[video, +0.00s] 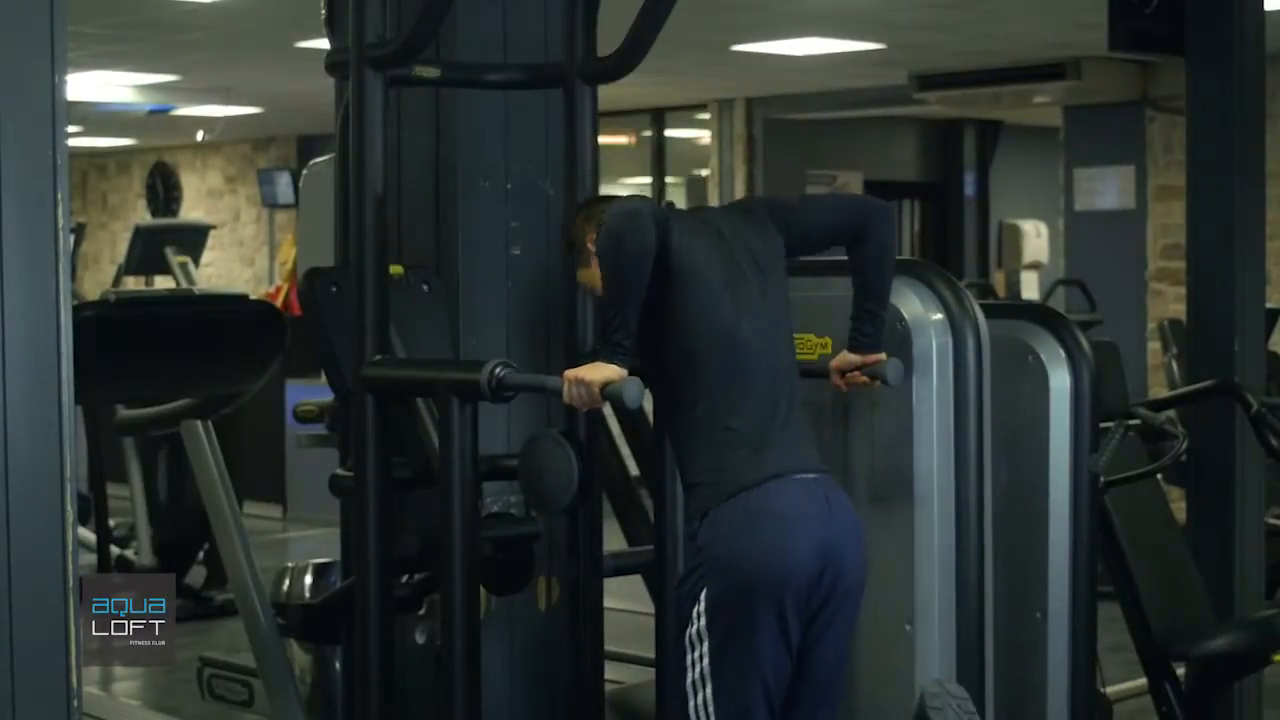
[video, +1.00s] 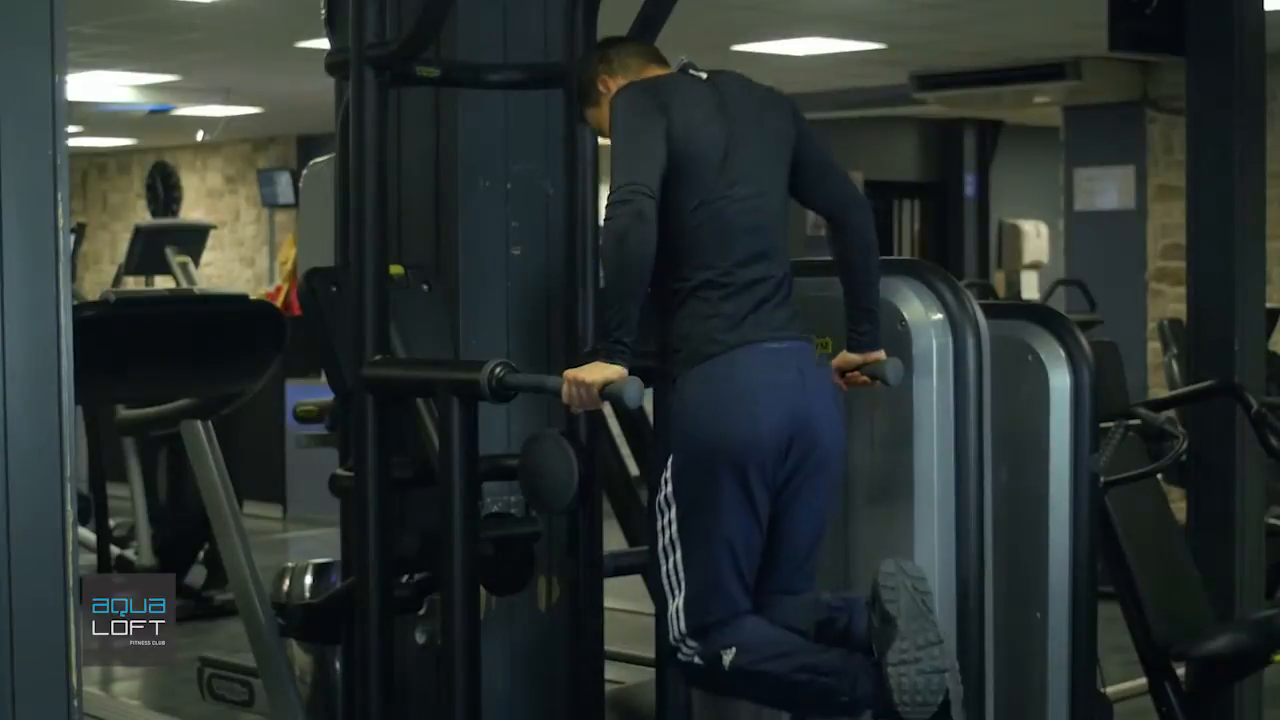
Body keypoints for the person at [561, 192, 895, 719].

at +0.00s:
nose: (598, 293)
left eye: (590, 278)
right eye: (592, 285)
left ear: (597, 243)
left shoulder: (635, 227)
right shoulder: (751, 220)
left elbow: (633, 216)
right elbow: (873, 214)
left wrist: (614, 353)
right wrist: (866, 341)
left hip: (744, 521)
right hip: (826, 504)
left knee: (726, 705)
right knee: (814, 707)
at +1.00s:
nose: (608, 138)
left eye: (601, 123)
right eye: (600, 131)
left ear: (607, 86)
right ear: (666, 66)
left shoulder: (639, 102)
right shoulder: (765, 104)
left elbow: (634, 217)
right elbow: (851, 209)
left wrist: (612, 351)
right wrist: (864, 340)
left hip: (717, 386)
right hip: (805, 375)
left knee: (700, 637)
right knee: (771, 606)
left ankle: (874, 691)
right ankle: (869, 619)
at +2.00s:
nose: (594, 292)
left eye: (589, 274)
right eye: (589, 280)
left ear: (600, 249)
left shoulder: (640, 232)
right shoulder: (752, 228)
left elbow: (630, 214)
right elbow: (870, 215)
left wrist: (611, 352)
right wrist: (868, 341)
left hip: (723, 527)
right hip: (808, 508)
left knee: (719, 707)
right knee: (809, 708)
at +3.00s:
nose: (612, 140)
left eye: (604, 124)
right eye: (604, 131)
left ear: (616, 89)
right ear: (673, 72)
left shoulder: (647, 106)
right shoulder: (772, 111)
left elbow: (638, 217)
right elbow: (861, 209)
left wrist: (612, 351)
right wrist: (866, 340)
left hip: (715, 398)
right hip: (804, 386)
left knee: (699, 650)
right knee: (771, 616)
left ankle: (870, 700)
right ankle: (867, 633)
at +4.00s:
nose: (595, 225)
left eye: (591, 215)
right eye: (589, 220)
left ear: (604, 189)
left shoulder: (638, 183)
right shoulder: (759, 184)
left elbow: (619, 224)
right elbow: (877, 210)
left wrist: (613, 348)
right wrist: (870, 338)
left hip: (723, 489)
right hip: (809, 471)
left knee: (714, 704)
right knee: (799, 701)